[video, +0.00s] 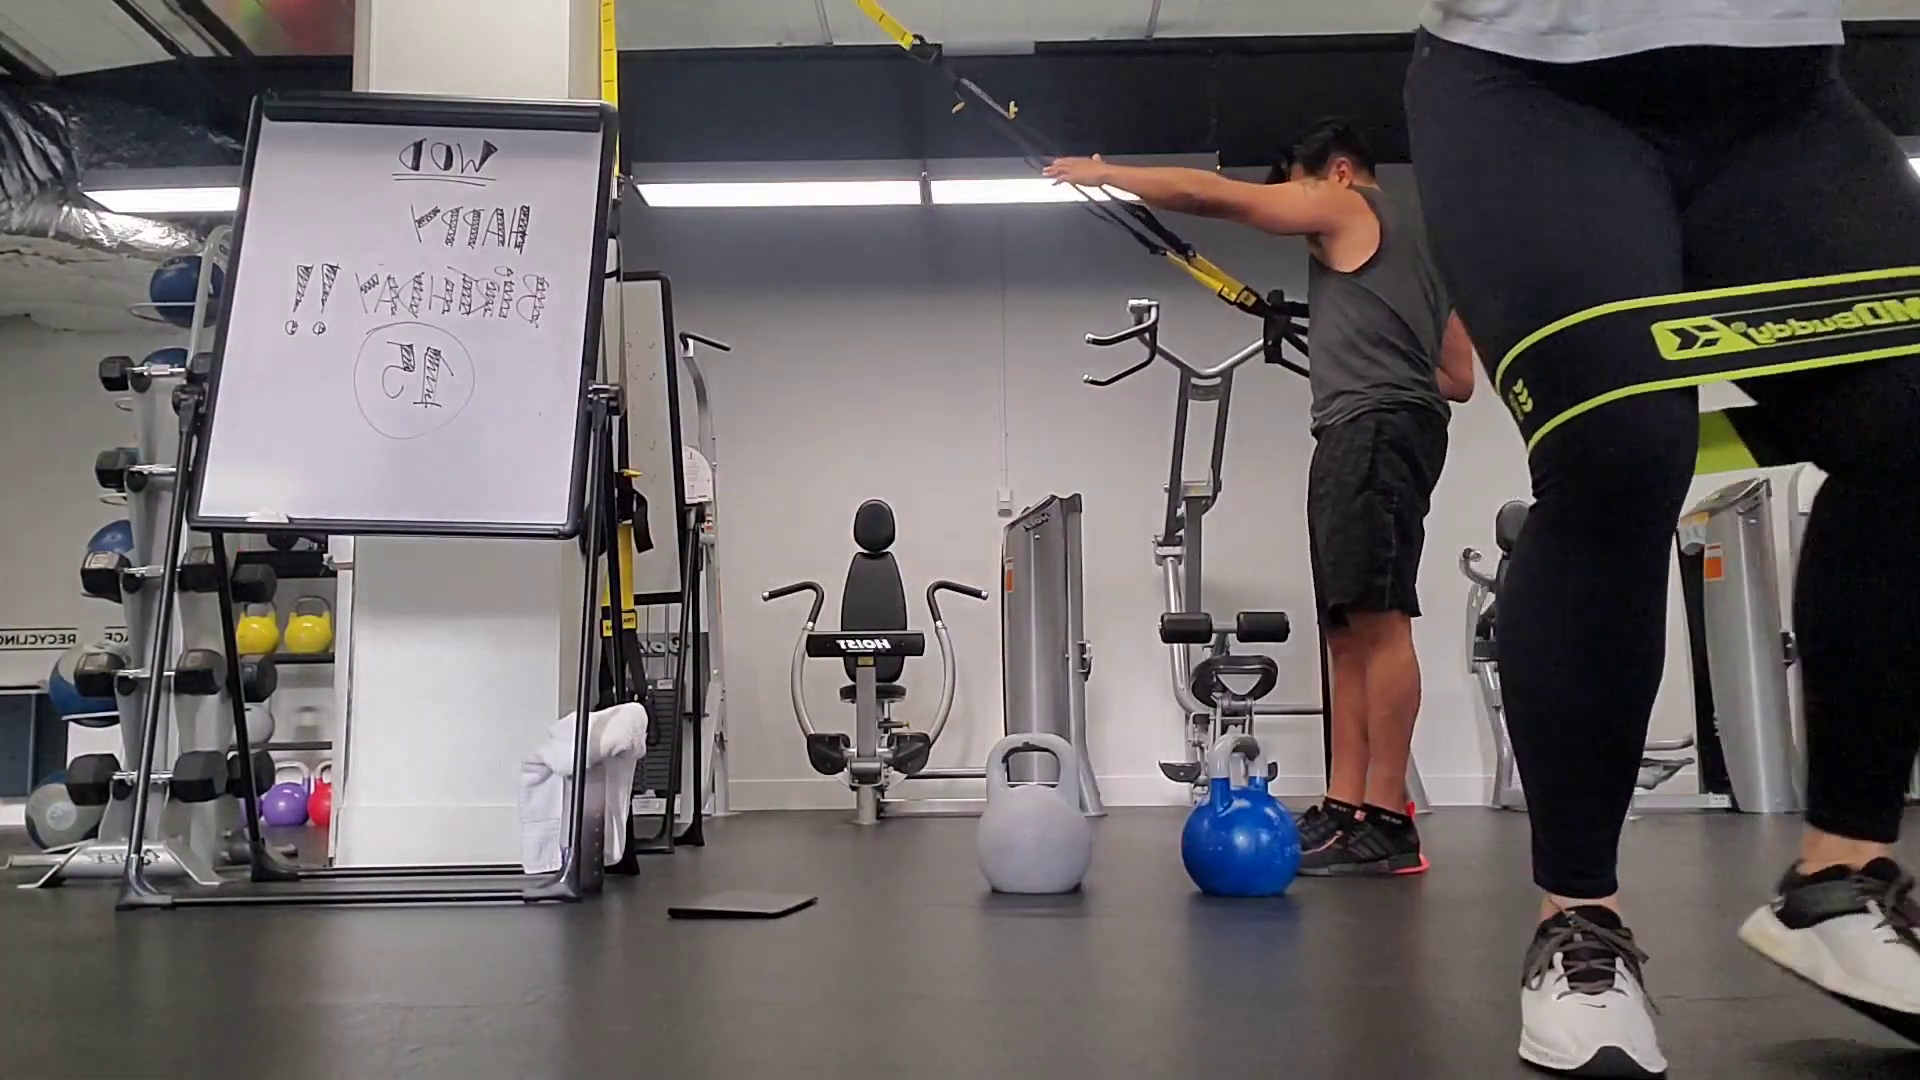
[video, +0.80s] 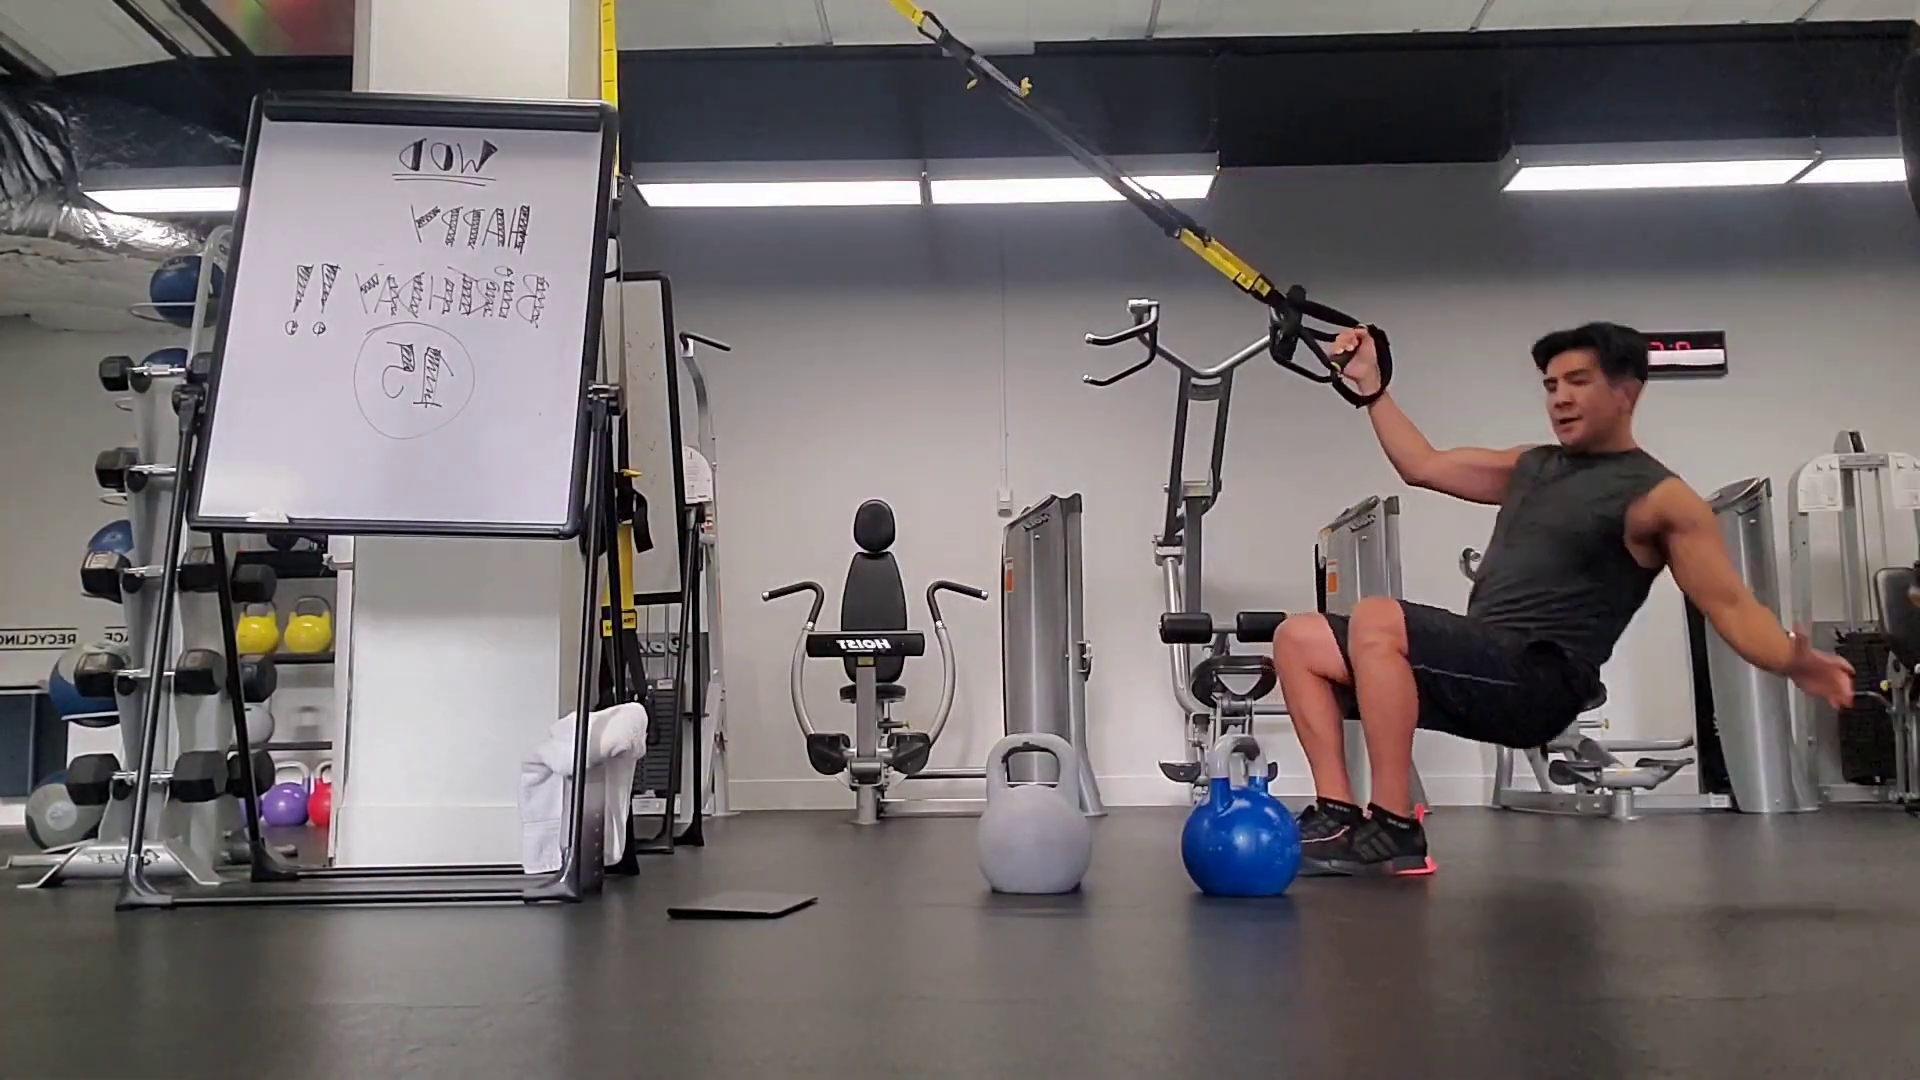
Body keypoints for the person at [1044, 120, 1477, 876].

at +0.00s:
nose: (1296, 204)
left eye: (1302, 187)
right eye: (1295, 191)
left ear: (1342, 169)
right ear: (1357, 173)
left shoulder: (1349, 204)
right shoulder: (1425, 246)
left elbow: (1215, 192)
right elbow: (1460, 379)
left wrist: (1104, 171)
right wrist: (1361, 338)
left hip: (1373, 426)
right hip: (1385, 429)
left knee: (1381, 627)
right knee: (1345, 628)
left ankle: (1389, 821)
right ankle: (1346, 809)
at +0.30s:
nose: (1345, 213)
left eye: (1351, 199)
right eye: (1341, 202)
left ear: (1387, 182)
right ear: (1386, 189)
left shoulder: (1436, 229)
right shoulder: (1400, 261)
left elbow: (1325, 211)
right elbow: (1417, 371)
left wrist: (1211, 177)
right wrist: (1357, 356)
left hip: (1424, 445)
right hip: (1380, 453)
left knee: (1343, 615)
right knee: (1302, 626)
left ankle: (1389, 823)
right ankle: (1343, 813)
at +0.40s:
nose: (1372, 242)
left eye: (1375, 225)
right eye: (1366, 232)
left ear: (1423, 207)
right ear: (1412, 221)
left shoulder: (1479, 266)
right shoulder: (1420, 313)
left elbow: (1401, 260)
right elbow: (1400, 425)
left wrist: (1282, 217)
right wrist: (1358, 376)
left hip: (1453, 478)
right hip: (1400, 485)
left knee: (1332, 619)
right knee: (1287, 632)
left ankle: (1388, 822)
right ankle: (1340, 812)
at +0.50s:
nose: (1408, 277)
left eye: (1416, 257)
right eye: (1401, 264)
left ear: (1466, 244)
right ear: (1459, 254)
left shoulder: (1522, 306)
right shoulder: (1444, 348)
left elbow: (1523, 345)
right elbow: (1401, 456)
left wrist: (1405, 296)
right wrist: (1359, 398)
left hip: (1482, 522)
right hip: (1422, 526)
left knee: (1329, 621)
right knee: (1279, 635)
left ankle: (1389, 824)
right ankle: (1339, 813)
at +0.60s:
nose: (1453, 315)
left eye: (1465, 297)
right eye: (1449, 303)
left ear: (1518, 289)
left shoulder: (1565, 362)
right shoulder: (1470, 393)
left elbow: (1614, 444)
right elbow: (1394, 459)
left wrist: (1554, 414)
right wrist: (1363, 388)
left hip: (1505, 571)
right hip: (1441, 568)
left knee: (1335, 625)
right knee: (1277, 638)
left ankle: (1387, 824)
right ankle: (1337, 810)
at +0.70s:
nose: (1509, 356)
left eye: (1524, 337)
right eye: (1503, 343)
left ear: (1578, 340)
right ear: (1499, 351)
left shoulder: (1619, 431)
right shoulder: (1503, 431)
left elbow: (1677, 526)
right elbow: (1405, 460)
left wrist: (1697, 546)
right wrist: (1370, 384)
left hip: (1524, 626)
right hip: (1462, 616)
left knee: (1350, 623)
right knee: (1283, 639)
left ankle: (1392, 824)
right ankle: (1336, 811)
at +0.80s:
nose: (1558, 398)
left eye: (1577, 381)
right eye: (1551, 386)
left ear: (1628, 390)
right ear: (1547, 396)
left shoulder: (1663, 497)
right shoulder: (1528, 468)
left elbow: (1728, 602)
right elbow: (1420, 464)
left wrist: (1789, 659)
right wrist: (1372, 390)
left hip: (1544, 680)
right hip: (1477, 666)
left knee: (1378, 621)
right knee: (1298, 639)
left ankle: (1396, 826)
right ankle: (1337, 813)